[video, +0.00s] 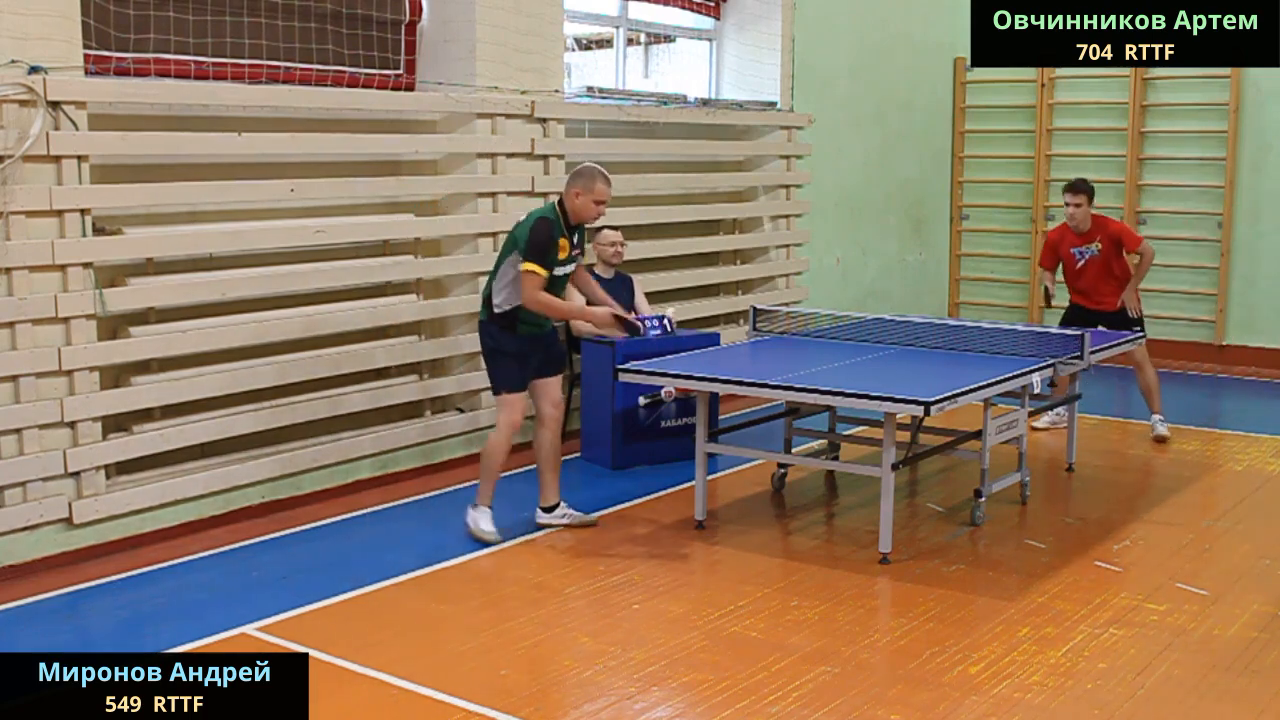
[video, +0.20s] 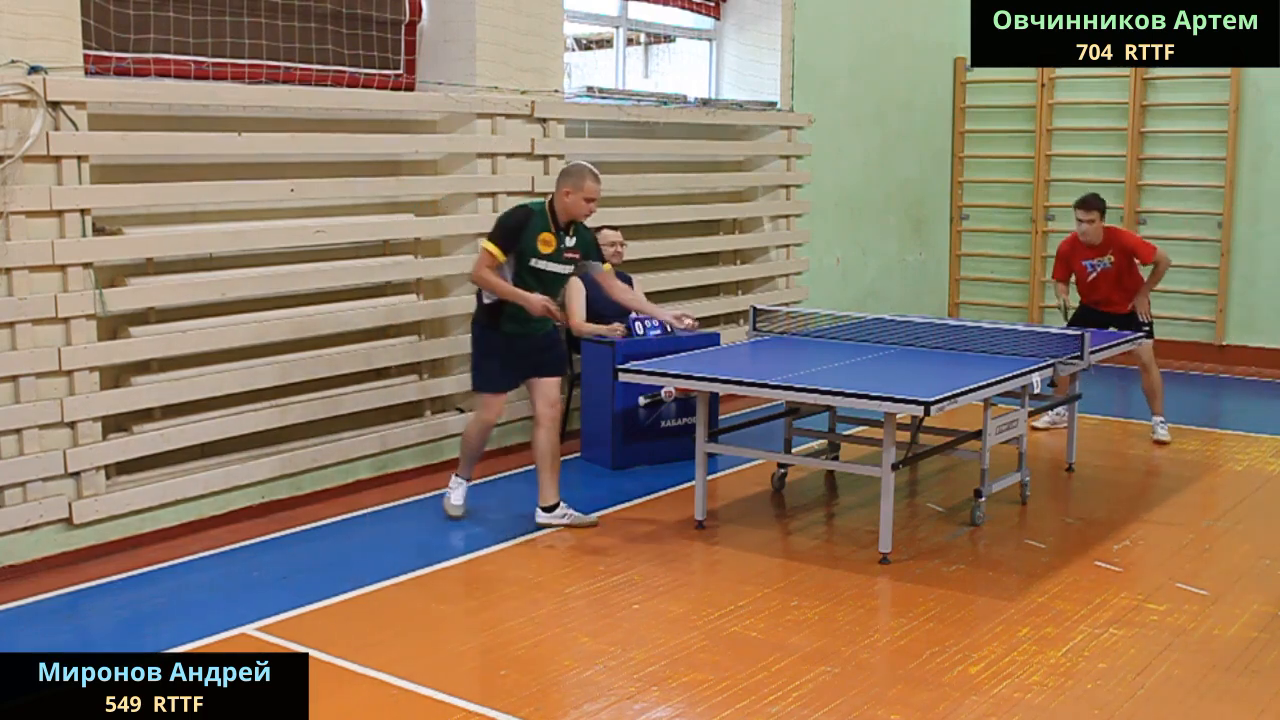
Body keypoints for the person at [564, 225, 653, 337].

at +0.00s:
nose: (619, 250)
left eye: (622, 245)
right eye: (612, 245)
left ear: (625, 247)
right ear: (595, 248)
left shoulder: (630, 281)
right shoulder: (580, 279)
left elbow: (649, 318)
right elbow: (577, 328)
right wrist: (616, 333)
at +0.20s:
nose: (619, 250)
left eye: (622, 245)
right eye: (612, 245)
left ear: (625, 247)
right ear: (595, 248)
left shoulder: (630, 281)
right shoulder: (578, 282)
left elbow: (646, 315)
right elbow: (576, 327)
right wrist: (606, 330)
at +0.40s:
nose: (618, 250)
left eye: (621, 245)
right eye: (611, 245)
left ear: (624, 247)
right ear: (594, 249)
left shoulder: (626, 280)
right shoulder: (578, 283)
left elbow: (647, 314)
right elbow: (577, 327)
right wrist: (605, 330)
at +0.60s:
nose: (618, 250)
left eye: (621, 246)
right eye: (611, 246)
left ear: (624, 248)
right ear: (594, 250)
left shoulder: (629, 282)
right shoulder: (579, 283)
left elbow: (646, 314)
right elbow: (577, 327)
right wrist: (606, 330)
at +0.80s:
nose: (618, 250)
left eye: (621, 245)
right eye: (611, 246)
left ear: (624, 247)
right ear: (594, 250)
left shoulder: (629, 282)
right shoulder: (578, 284)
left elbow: (648, 315)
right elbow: (577, 327)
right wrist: (607, 330)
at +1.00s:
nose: (618, 251)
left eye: (621, 246)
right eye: (611, 246)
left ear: (624, 248)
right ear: (594, 250)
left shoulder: (629, 283)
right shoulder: (577, 283)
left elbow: (650, 319)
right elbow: (577, 327)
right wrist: (611, 331)